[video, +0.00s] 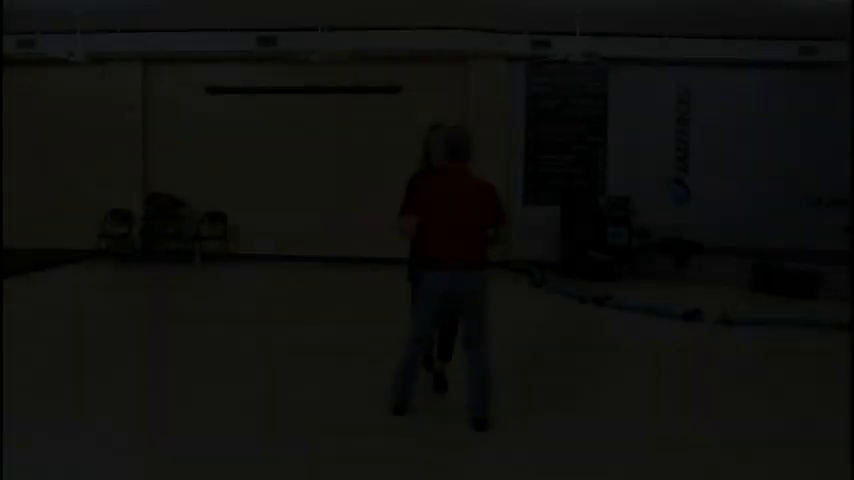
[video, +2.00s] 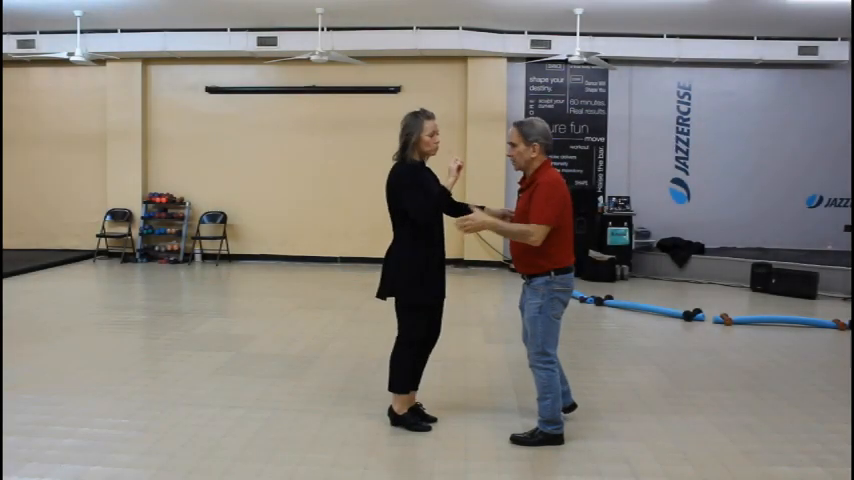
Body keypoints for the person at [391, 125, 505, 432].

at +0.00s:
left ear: (434, 152)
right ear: (469, 153)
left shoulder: (423, 185)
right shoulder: (482, 190)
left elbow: (407, 226)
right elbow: (498, 232)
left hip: (431, 276)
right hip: (471, 277)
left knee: (419, 338)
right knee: (475, 345)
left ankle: (402, 398)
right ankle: (480, 410)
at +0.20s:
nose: (450, 150)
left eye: (455, 146)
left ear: (461, 150)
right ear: (491, 151)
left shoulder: (452, 182)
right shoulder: (506, 185)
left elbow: (441, 226)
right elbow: (527, 227)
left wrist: (422, 221)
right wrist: (497, 228)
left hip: (461, 271)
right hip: (499, 273)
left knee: (440, 336)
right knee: (490, 343)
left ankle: (432, 405)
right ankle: (482, 413)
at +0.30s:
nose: (466, 150)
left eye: (468, 146)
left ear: (472, 149)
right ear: (500, 148)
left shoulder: (465, 182)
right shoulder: (514, 182)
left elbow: (455, 227)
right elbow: (536, 224)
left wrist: (435, 222)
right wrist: (510, 228)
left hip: (475, 270)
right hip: (508, 271)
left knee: (454, 340)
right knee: (494, 343)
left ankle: (474, 411)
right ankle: (484, 413)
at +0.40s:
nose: (474, 150)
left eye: (476, 145)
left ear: (481, 149)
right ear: (508, 149)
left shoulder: (476, 183)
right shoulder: (524, 182)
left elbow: (470, 229)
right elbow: (549, 221)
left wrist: (447, 224)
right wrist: (520, 228)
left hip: (488, 273)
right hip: (519, 272)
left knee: (479, 346)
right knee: (497, 344)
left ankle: (519, 410)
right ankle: (483, 412)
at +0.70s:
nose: (497, 153)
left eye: (499, 147)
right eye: (497, 147)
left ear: (508, 149)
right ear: (527, 149)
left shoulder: (512, 182)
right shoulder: (544, 178)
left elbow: (514, 230)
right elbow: (573, 216)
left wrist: (482, 232)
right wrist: (538, 225)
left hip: (529, 277)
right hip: (547, 273)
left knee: (528, 348)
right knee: (518, 337)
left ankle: (539, 422)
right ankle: (522, 402)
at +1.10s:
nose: (517, 154)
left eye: (521, 148)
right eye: (518, 148)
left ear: (537, 150)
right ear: (541, 150)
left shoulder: (545, 183)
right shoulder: (557, 178)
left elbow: (541, 234)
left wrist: (497, 228)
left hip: (551, 276)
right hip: (563, 274)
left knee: (534, 349)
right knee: (562, 342)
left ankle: (540, 423)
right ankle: (573, 407)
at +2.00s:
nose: (508, 152)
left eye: (513, 146)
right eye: (509, 145)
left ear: (534, 149)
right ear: (531, 149)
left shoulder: (550, 183)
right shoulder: (534, 180)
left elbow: (535, 236)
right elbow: (523, 219)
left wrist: (488, 224)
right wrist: (492, 213)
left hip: (550, 281)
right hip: (537, 278)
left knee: (541, 354)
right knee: (535, 345)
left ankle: (550, 428)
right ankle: (562, 398)